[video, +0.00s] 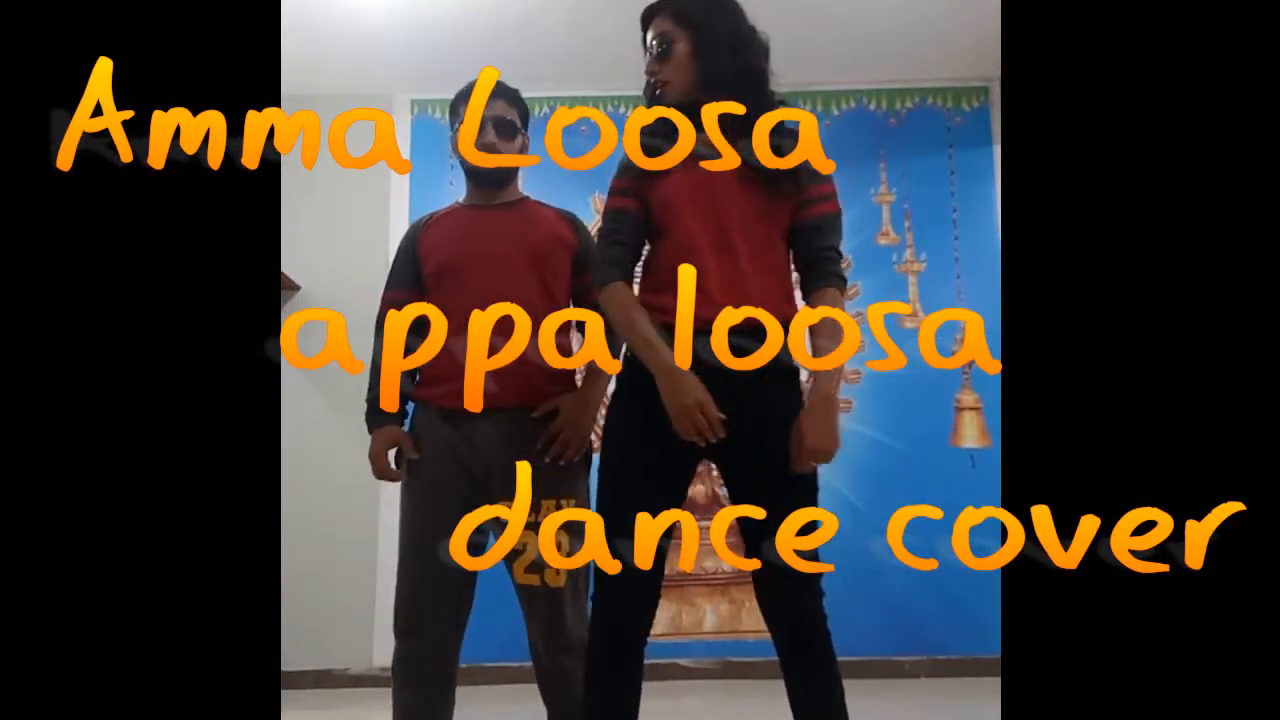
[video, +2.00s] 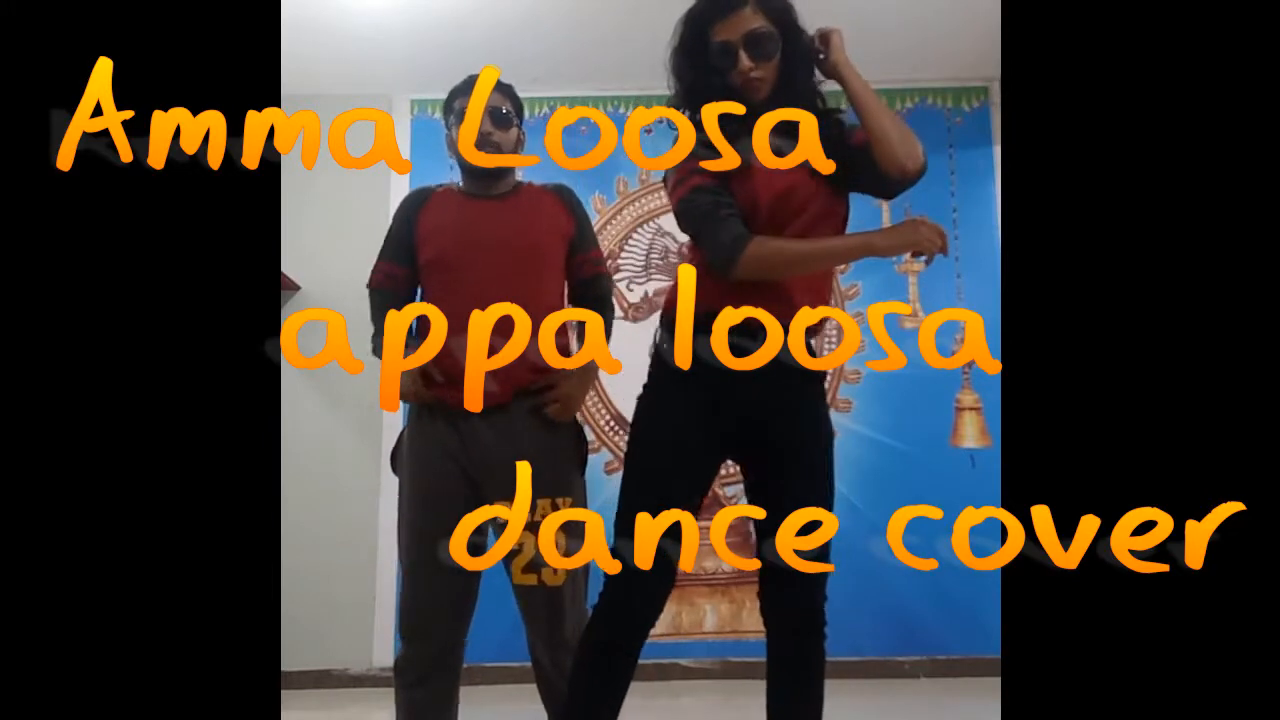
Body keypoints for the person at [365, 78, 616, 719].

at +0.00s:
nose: (493, 136)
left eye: (507, 127)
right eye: (479, 126)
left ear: (526, 144)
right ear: (456, 139)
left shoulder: (564, 230)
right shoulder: (425, 235)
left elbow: (607, 318)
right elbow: (391, 331)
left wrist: (591, 392)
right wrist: (383, 418)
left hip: (544, 440)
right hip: (443, 442)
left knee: (560, 621)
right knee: (426, 621)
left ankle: (576, 717)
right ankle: (420, 718)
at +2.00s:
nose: (491, 130)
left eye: (503, 119)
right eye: (476, 119)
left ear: (520, 132)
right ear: (452, 131)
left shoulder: (559, 205)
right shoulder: (420, 209)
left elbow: (596, 296)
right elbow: (385, 294)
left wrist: (586, 369)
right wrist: (402, 358)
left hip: (539, 430)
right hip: (439, 433)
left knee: (560, 617)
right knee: (429, 620)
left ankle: (579, 718)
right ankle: (423, 718)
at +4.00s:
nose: (490, 131)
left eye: (505, 121)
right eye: (475, 120)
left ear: (524, 137)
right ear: (453, 133)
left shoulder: (561, 222)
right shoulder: (419, 226)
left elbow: (604, 313)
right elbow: (384, 316)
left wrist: (590, 384)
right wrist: (394, 374)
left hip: (542, 437)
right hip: (442, 440)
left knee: (561, 623)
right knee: (430, 623)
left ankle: (579, 719)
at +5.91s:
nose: (492, 112)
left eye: (508, 102)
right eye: (475, 102)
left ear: (529, 121)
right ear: (456, 122)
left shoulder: (571, 211)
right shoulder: (423, 212)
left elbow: (608, 306)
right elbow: (392, 299)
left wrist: (592, 372)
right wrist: (402, 355)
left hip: (550, 426)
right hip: (447, 428)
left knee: (576, 612)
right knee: (416, 610)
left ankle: (592, 719)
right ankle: (412, 718)